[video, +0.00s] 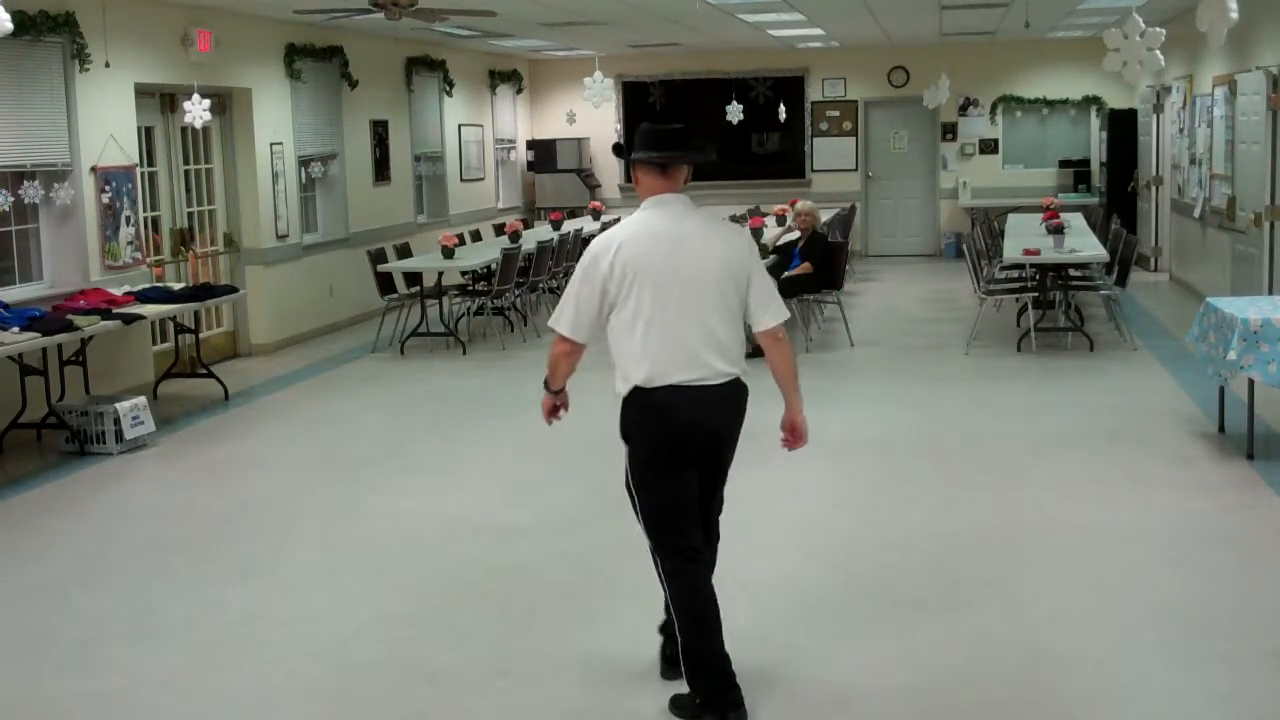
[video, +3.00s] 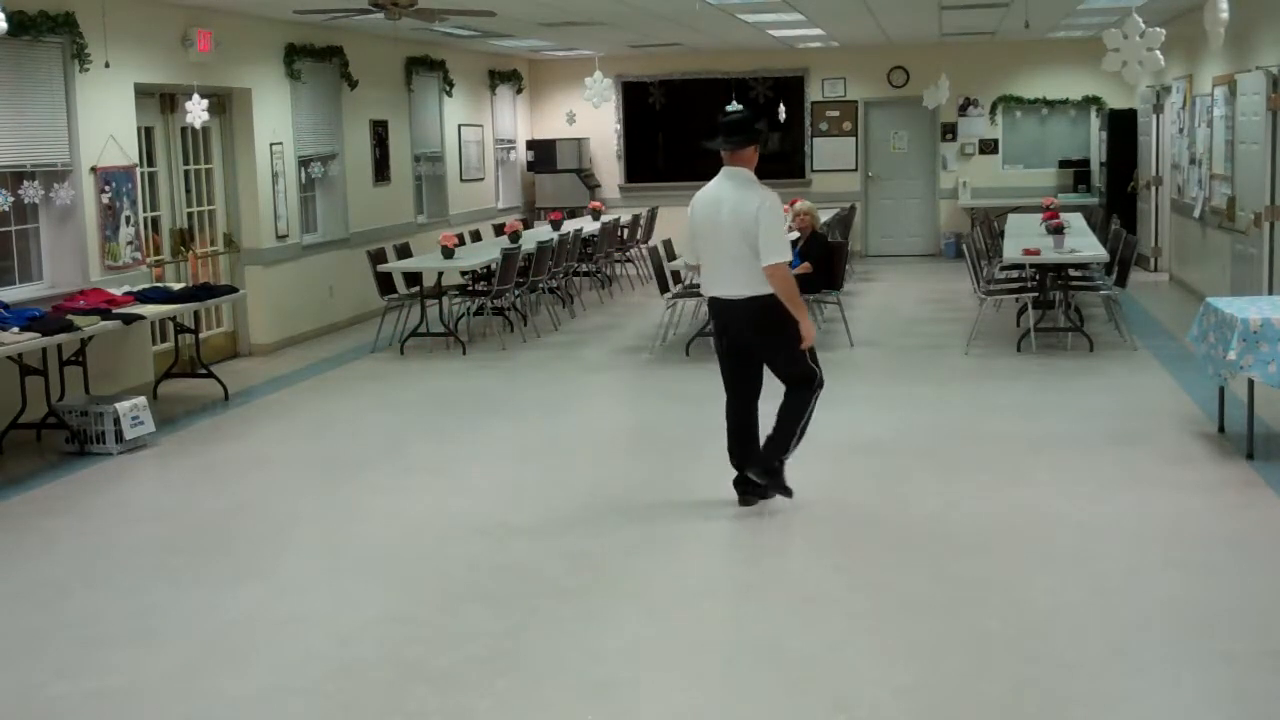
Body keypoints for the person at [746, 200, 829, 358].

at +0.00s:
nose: (803, 218)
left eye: (807, 215)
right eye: (799, 215)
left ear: (814, 219)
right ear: (795, 219)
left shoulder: (820, 239)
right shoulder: (796, 242)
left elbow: (811, 266)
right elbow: (766, 249)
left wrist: (785, 276)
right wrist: (784, 229)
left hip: (809, 280)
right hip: (790, 277)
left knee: (767, 293)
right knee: (760, 287)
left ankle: (763, 344)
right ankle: (758, 340)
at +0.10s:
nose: (802, 219)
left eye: (806, 216)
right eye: (799, 216)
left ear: (814, 219)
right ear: (795, 220)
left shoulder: (820, 239)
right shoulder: (797, 241)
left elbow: (811, 266)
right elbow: (767, 249)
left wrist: (785, 276)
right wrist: (784, 230)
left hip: (809, 280)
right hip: (791, 276)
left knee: (769, 292)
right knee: (762, 286)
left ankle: (767, 343)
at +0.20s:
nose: (802, 219)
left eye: (806, 216)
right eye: (798, 216)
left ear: (814, 219)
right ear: (795, 220)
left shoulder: (820, 239)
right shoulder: (796, 241)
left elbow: (811, 266)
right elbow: (768, 248)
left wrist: (785, 276)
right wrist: (785, 230)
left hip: (809, 279)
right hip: (789, 275)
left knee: (765, 292)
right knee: (766, 279)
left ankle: (761, 343)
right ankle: (773, 316)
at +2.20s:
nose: (801, 218)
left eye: (805, 214)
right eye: (798, 215)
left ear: (813, 218)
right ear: (794, 220)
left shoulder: (820, 240)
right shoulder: (796, 242)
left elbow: (809, 267)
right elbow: (767, 249)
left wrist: (785, 276)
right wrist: (784, 231)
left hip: (809, 279)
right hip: (790, 275)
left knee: (768, 292)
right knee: (765, 275)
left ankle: (769, 343)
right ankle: (774, 315)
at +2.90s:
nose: (801, 218)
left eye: (805, 215)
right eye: (798, 215)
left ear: (812, 218)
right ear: (794, 220)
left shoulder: (819, 239)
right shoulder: (795, 242)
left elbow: (809, 266)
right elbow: (768, 249)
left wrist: (786, 275)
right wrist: (785, 231)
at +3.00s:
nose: (801, 218)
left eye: (805, 215)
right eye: (798, 215)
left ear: (812, 218)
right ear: (794, 220)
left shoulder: (819, 239)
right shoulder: (793, 241)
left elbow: (810, 266)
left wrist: (787, 275)